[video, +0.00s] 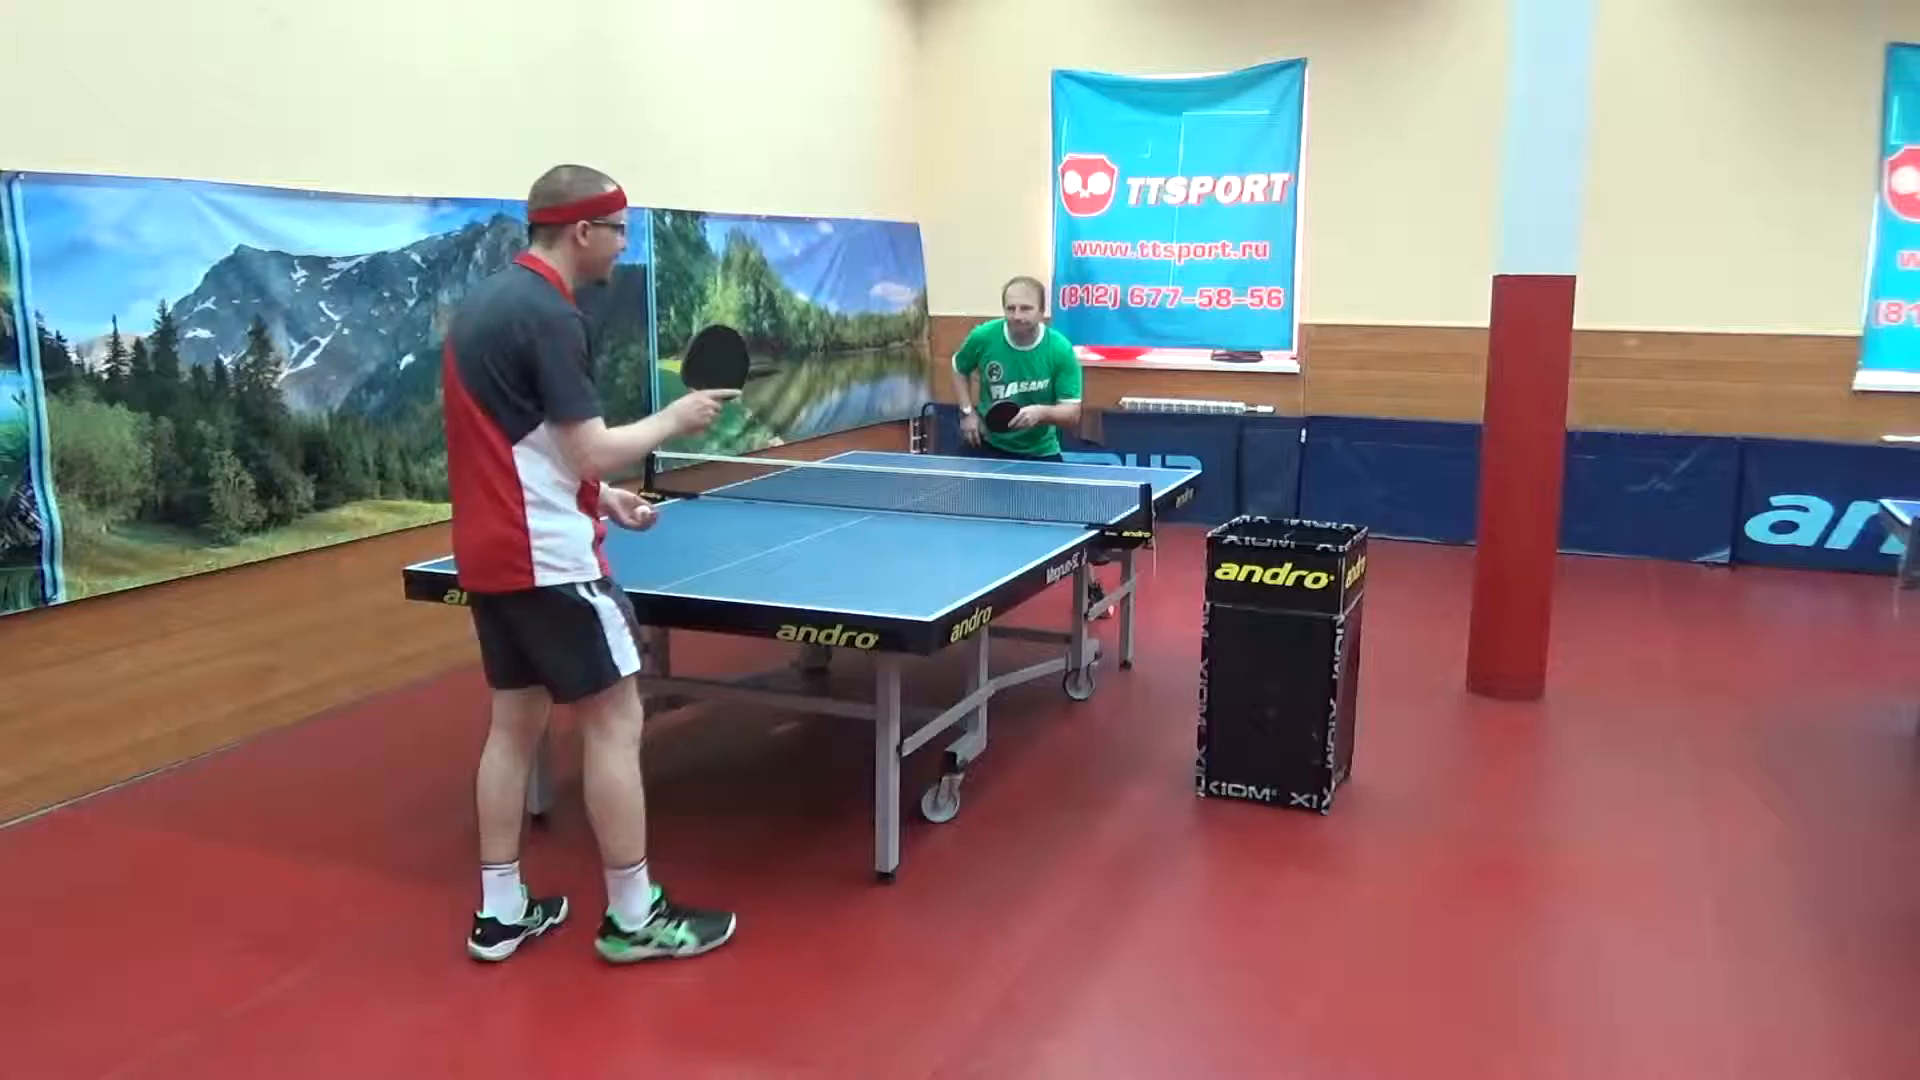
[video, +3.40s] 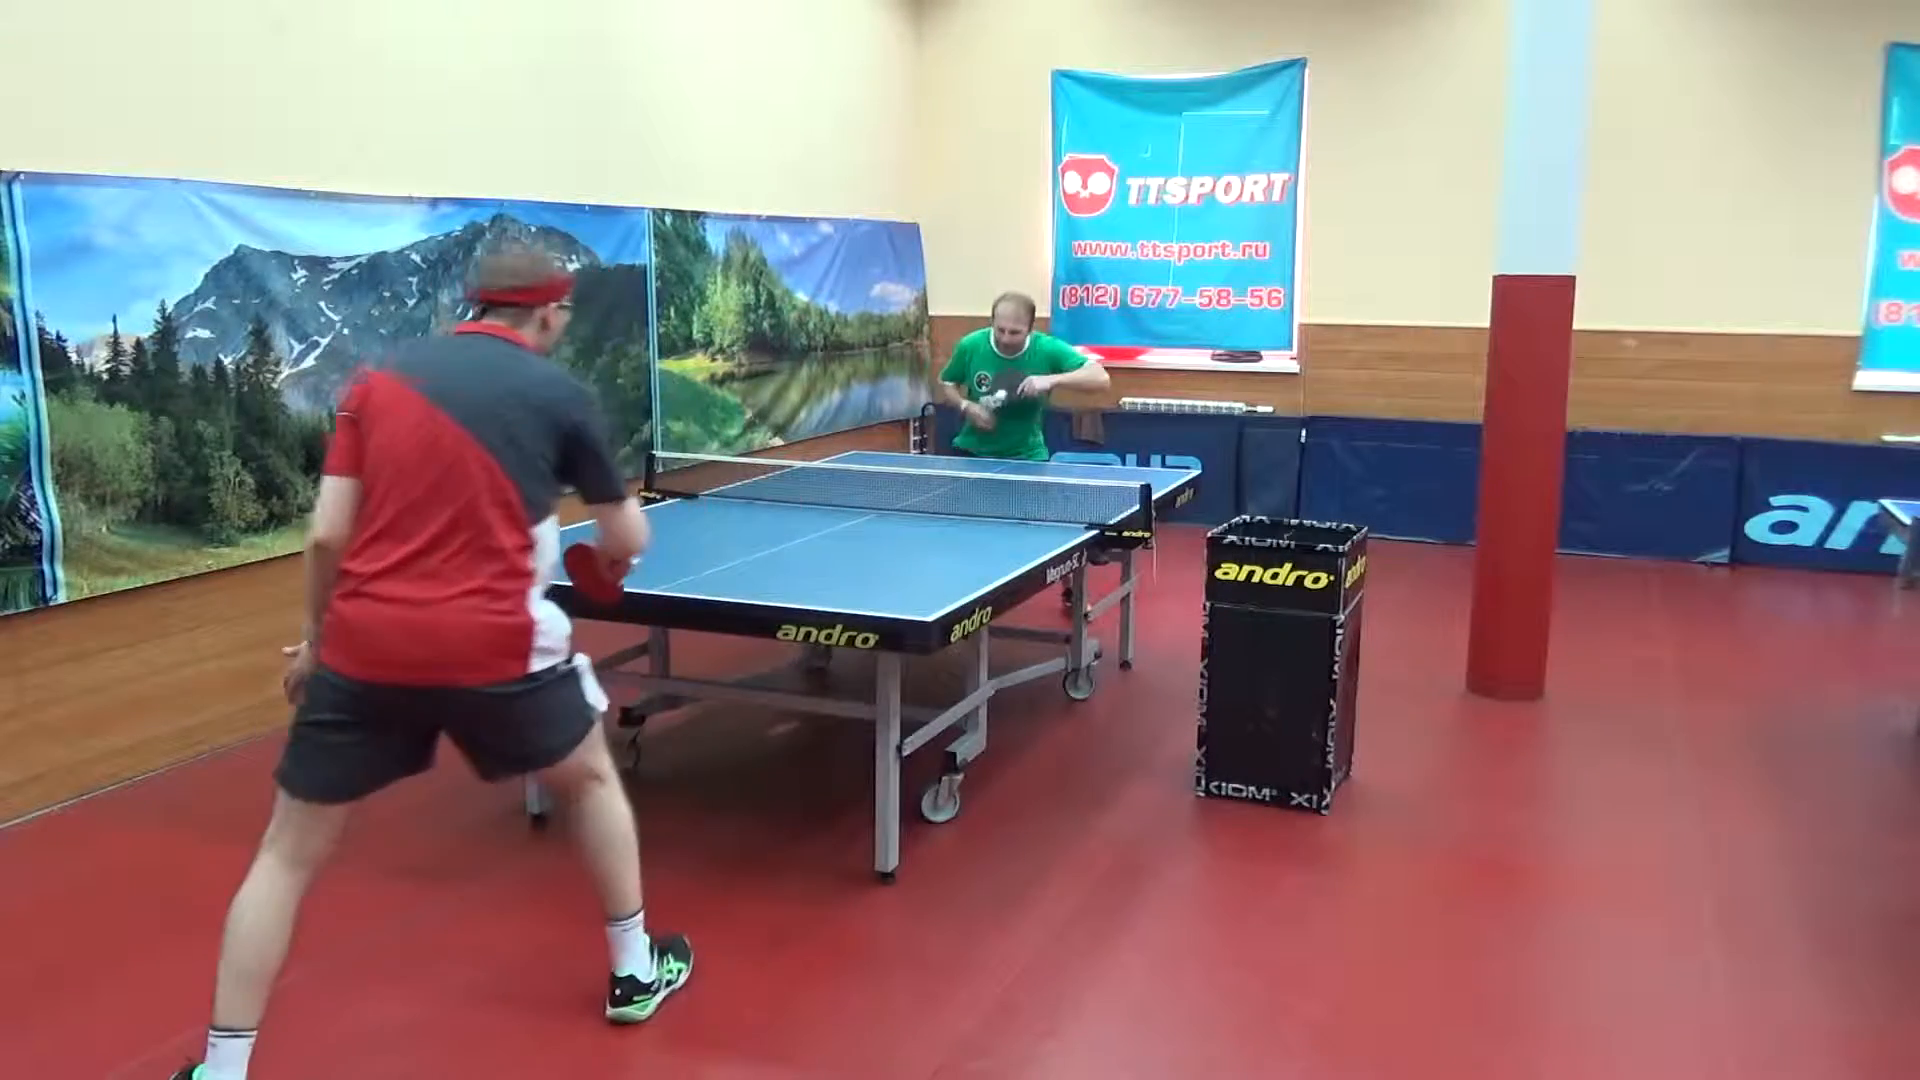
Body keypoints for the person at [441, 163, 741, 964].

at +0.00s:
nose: (624, 245)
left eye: (623, 230)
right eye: (616, 230)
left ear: (555, 231)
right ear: (580, 231)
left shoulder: (487, 304)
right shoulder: (547, 317)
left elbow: (523, 441)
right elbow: (590, 454)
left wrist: (603, 490)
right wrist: (672, 421)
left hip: (493, 561)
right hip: (552, 561)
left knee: (513, 725)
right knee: (616, 717)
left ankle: (500, 911)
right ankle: (635, 914)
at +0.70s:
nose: (718, 287)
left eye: (720, 272)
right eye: (713, 271)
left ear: (666, 264)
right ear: (673, 267)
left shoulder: (628, 337)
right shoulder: (580, 333)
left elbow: (653, 469)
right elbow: (573, 487)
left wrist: (737, 523)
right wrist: (694, 509)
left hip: (544, 577)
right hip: (522, 587)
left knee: (525, 747)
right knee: (588, 769)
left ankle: (482, 914)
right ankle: (572, 988)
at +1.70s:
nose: (726, 305)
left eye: (729, 291)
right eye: (728, 291)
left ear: (648, 271)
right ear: (711, 289)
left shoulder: (552, 319)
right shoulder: (670, 379)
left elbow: (523, 445)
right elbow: (629, 529)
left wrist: (629, 484)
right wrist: (656, 508)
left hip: (467, 582)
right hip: (562, 602)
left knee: (430, 754)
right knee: (636, 773)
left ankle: (368, 951)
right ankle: (579, 983)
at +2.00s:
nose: (602, 298)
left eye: (602, 284)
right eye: (602, 284)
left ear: (519, 272)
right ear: (585, 282)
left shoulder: (426, 337)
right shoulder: (562, 365)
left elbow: (383, 477)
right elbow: (569, 515)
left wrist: (496, 501)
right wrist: (609, 528)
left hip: (395, 606)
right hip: (502, 616)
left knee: (370, 776)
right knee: (596, 765)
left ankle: (314, 976)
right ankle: (576, 982)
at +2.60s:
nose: (587, 322)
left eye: (586, 309)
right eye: (586, 309)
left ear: (503, 301)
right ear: (569, 309)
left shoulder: (418, 365)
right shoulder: (568, 379)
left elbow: (362, 509)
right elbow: (644, 511)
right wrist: (593, 514)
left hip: (393, 629)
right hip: (513, 628)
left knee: (373, 783)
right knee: (607, 764)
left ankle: (311, 980)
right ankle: (632, 966)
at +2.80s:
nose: (599, 335)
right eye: (600, 325)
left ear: (516, 319)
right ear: (593, 323)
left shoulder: (460, 384)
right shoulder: (629, 380)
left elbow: (421, 540)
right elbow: (736, 455)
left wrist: (404, 634)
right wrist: (700, 490)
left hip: (474, 620)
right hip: (600, 620)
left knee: (397, 784)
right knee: (644, 765)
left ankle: (327, 977)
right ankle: (635, 964)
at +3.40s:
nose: (565, 331)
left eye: (566, 318)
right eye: (564, 318)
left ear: (472, 305)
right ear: (547, 316)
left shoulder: (379, 377)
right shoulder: (555, 393)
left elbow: (327, 535)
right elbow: (628, 537)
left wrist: (314, 640)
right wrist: (607, 556)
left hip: (364, 650)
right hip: (498, 650)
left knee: (286, 855)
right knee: (586, 780)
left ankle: (221, 1067)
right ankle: (634, 966)